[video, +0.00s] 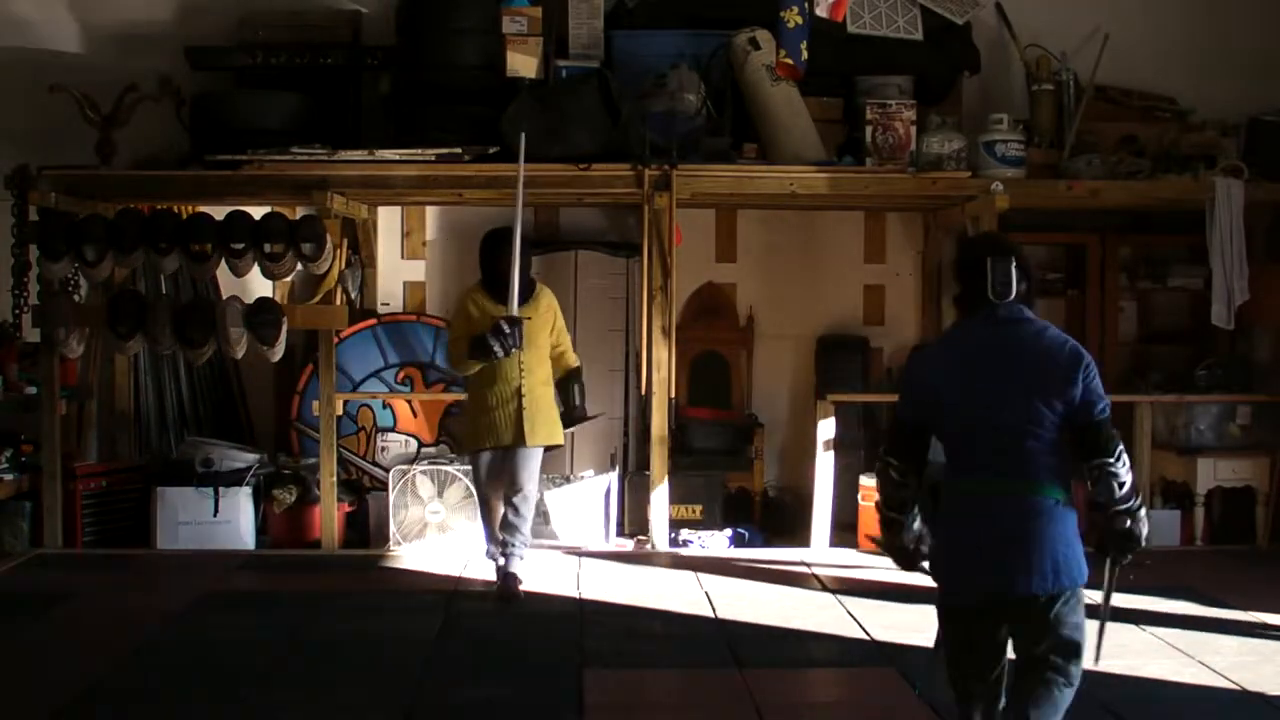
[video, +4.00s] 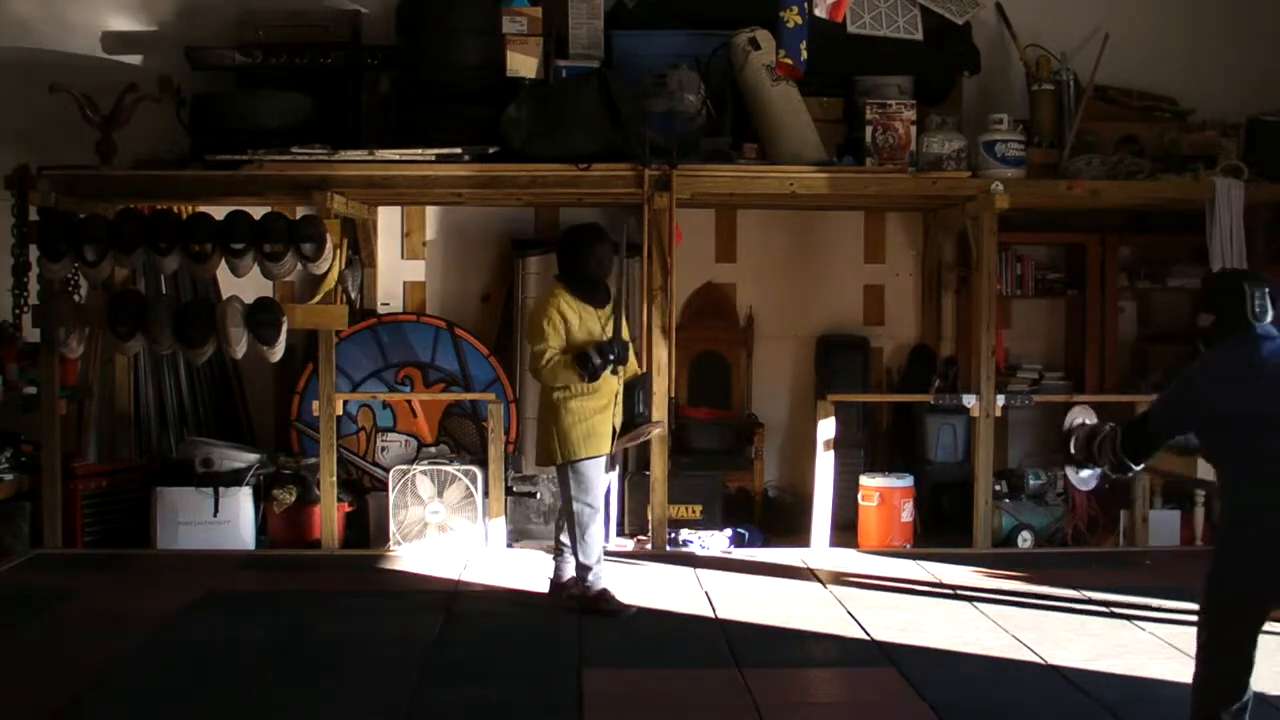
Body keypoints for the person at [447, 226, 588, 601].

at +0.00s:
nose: (516, 268)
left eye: (521, 259)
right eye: (507, 260)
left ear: (529, 260)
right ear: (489, 262)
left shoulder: (544, 299)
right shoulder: (472, 302)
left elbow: (561, 350)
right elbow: (456, 361)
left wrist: (572, 388)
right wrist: (483, 347)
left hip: (534, 413)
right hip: (488, 415)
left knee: (524, 491)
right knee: (488, 492)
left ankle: (512, 565)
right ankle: (497, 557)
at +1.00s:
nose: (592, 265)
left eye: (595, 257)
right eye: (583, 258)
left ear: (600, 260)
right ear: (566, 263)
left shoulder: (614, 301)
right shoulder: (548, 302)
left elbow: (631, 357)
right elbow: (533, 363)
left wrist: (638, 388)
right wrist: (569, 343)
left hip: (611, 414)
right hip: (569, 414)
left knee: (601, 496)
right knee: (566, 488)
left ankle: (587, 573)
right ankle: (533, 558)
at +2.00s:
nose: (625, 271)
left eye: (626, 263)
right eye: (617, 263)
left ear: (624, 266)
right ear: (594, 265)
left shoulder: (627, 304)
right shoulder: (565, 310)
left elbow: (639, 355)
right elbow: (546, 372)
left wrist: (644, 394)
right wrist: (549, 428)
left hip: (612, 426)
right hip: (579, 429)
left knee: (580, 500)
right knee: (590, 505)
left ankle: (555, 575)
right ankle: (593, 587)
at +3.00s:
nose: (604, 265)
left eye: (603, 257)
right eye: (595, 258)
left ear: (602, 260)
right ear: (572, 263)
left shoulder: (606, 304)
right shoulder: (550, 308)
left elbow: (609, 364)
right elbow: (541, 369)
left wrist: (619, 357)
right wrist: (588, 365)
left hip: (601, 419)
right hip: (570, 422)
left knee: (571, 498)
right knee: (589, 500)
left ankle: (553, 576)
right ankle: (594, 586)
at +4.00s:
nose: (609, 265)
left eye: (610, 256)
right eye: (600, 257)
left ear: (610, 259)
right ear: (578, 260)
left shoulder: (608, 305)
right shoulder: (553, 306)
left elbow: (628, 362)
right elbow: (543, 366)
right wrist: (588, 363)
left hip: (605, 419)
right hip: (572, 420)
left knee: (584, 499)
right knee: (588, 500)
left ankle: (565, 577)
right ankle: (591, 583)